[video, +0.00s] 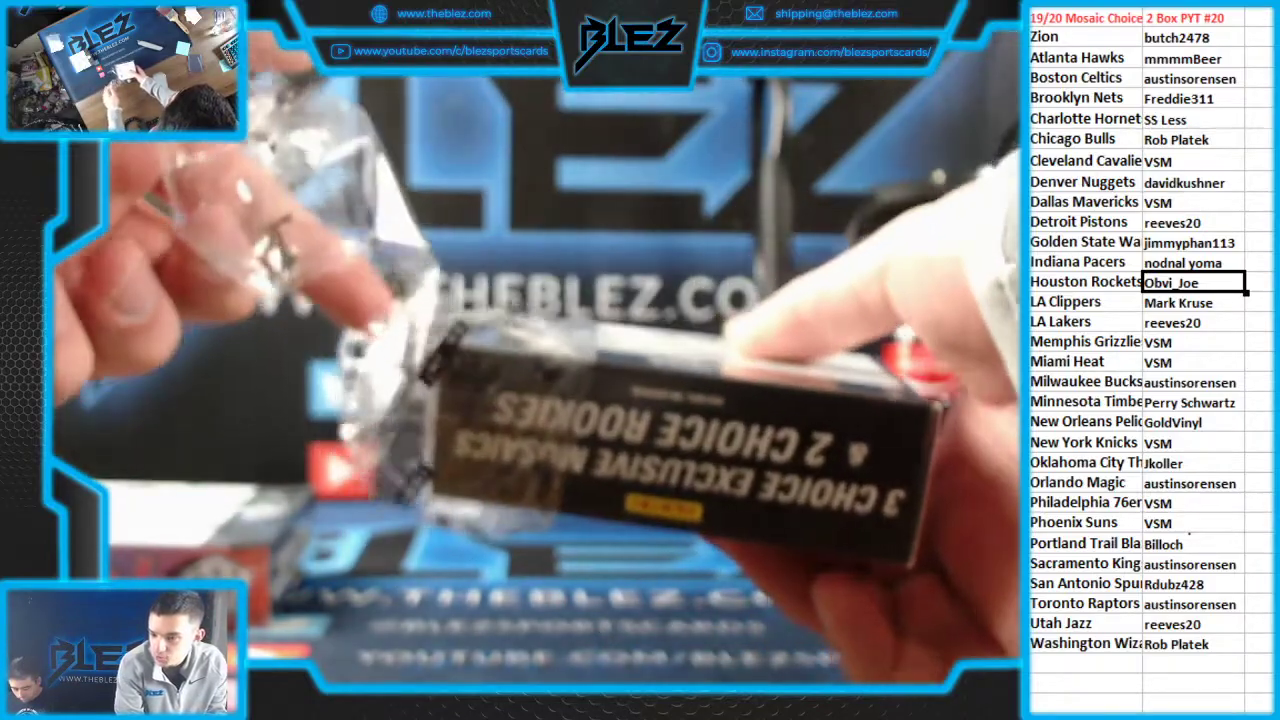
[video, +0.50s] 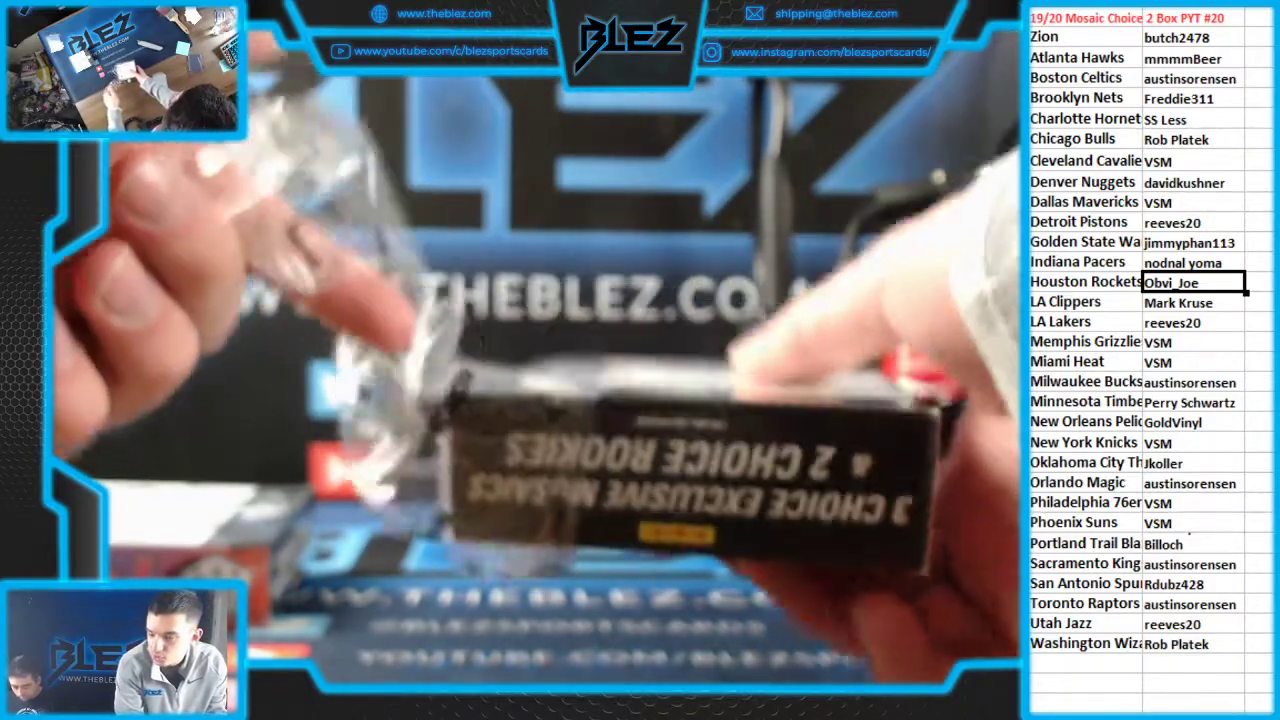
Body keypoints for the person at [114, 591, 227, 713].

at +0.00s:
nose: (160, 648)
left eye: (172, 638)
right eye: (153, 635)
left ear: (198, 637)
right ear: (148, 629)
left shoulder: (213, 661)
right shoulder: (131, 664)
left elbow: (217, 713)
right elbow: (128, 714)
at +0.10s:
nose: (159, 647)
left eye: (171, 638)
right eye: (152, 635)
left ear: (197, 637)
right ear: (148, 630)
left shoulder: (213, 661)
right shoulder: (131, 664)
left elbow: (216, 713)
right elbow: (128, 714)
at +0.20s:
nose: (158, 647)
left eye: (170, 638)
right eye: (152, 635)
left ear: (196, 637)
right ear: (147, 630)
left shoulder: (213, 661)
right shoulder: (130, 664)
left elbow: (216, 713)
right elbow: (127, 714)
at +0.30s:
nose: (158, 647)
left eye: (170, 637)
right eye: (151, 635)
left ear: (196, 637)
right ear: (146, 630)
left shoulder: (213, 661)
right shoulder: (130, 664)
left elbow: (217, 713)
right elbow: (127, 714)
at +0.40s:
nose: (158, 647)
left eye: (169, 638)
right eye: (151, 635)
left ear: (196, 637)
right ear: (146, 630)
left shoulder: (213, 662)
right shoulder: (130, 664)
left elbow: (216, 713)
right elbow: (127, 715)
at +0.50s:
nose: (157, 647)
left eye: (169, 637)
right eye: (151, 635)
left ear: (195, 636)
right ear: (146, 629)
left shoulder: (212, 661)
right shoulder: (130, 664)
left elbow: (217, 713)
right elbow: (128, 715)